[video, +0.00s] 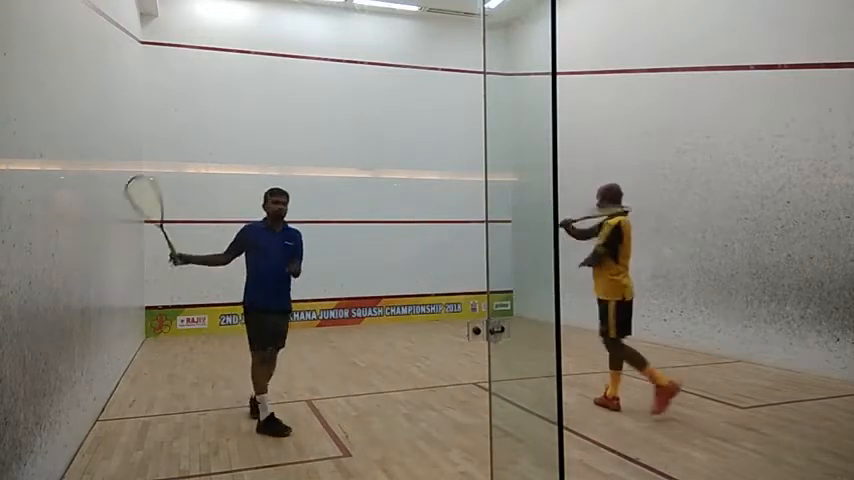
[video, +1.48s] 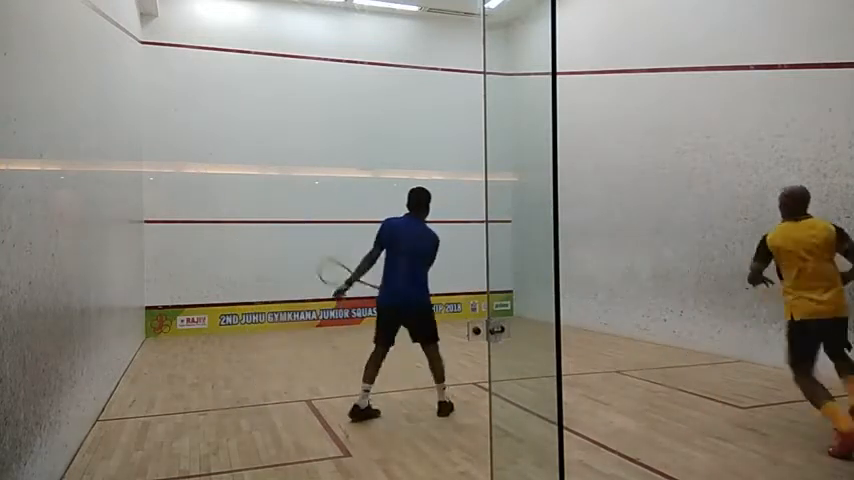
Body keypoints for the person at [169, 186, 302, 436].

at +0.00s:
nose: (279, 207)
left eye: (283, 203)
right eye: (274, 203)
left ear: (287, 207)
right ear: (265, 205)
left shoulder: (293, 236)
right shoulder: (250, 232)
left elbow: (296, 271)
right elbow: (224, 258)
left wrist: (294, 268)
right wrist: (187, 258)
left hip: (280, 305)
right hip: (255, 304)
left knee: (272, 356)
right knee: (260, 357)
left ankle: (258, 398)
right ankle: (266, 417)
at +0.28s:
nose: (295, 202)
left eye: (296, 198)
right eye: (290, 198)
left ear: (296, 201)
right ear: (275, 202)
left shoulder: (302, 231)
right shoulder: (258, 230)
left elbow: (311, 265)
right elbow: (230, 254)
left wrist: (330, 296)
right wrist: (209, 244)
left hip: (296, 306)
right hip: (267, 307)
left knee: (308, 350)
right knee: (264, 357)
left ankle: (279, 393)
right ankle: (264, 416)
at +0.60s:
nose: (327, 206)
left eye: (327, 201)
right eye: (323, 201)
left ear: (316, 204)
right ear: (307, 203)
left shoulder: (324, 232)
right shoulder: (288, 230)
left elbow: (344, 262)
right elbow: (263, 254)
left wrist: (374, 276)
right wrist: (258, 241)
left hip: (312, 304)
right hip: (288, 306)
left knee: (331, 348)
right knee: (281, 358)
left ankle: (348, 405)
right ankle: (268, 416)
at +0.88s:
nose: (365, 211)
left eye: (365, 206)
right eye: (362, 206)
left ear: (348, 207)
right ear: (351, 207)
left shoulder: (348, 232)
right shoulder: (335, 235)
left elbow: (351, 256)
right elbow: (343, 262)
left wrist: (369, 262)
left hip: (344, 304)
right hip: (330, 305)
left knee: (355, 348)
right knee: (333, 354)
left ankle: (355, 406)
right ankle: (288, 402)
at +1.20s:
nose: (397, 211)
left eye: (396, 206)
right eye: (395, 206)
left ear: (375, 205)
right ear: (390, 207)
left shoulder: (354, 225)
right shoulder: (393, 239)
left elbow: (337, 256)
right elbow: (388, 274)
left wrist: (341, 277)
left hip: (352, 302)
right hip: (377, 303)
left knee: (363, 349)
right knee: (391, 346)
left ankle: (357, 402)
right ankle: (372, 395)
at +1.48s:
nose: (426, 210)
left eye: (423, 205)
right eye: (427, 206)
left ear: (407, 205)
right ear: (427, 208)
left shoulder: (390, 226)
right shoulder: (431, 238)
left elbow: (371, 258)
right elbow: (421, 271)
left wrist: (346, 285)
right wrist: (390, 286)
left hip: (388, 302)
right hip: (417, 304)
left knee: (380, 350)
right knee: (431, 349)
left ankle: (362, 403)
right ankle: (443, 400)